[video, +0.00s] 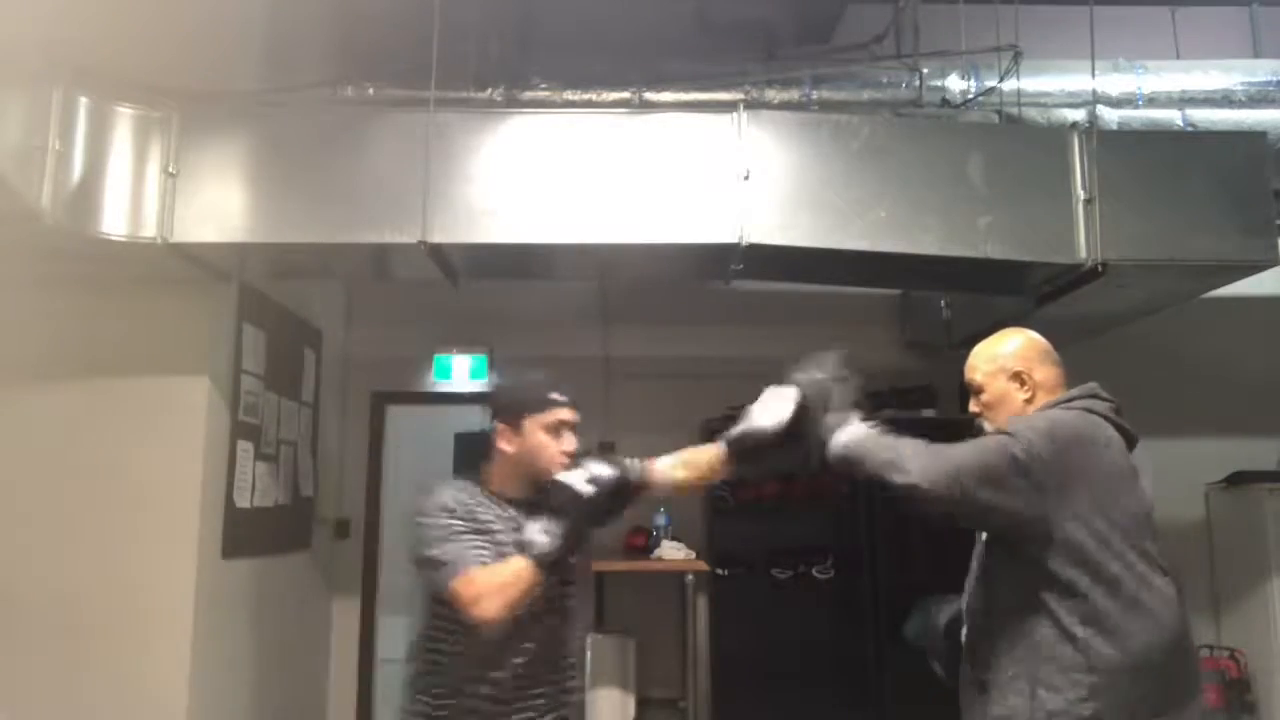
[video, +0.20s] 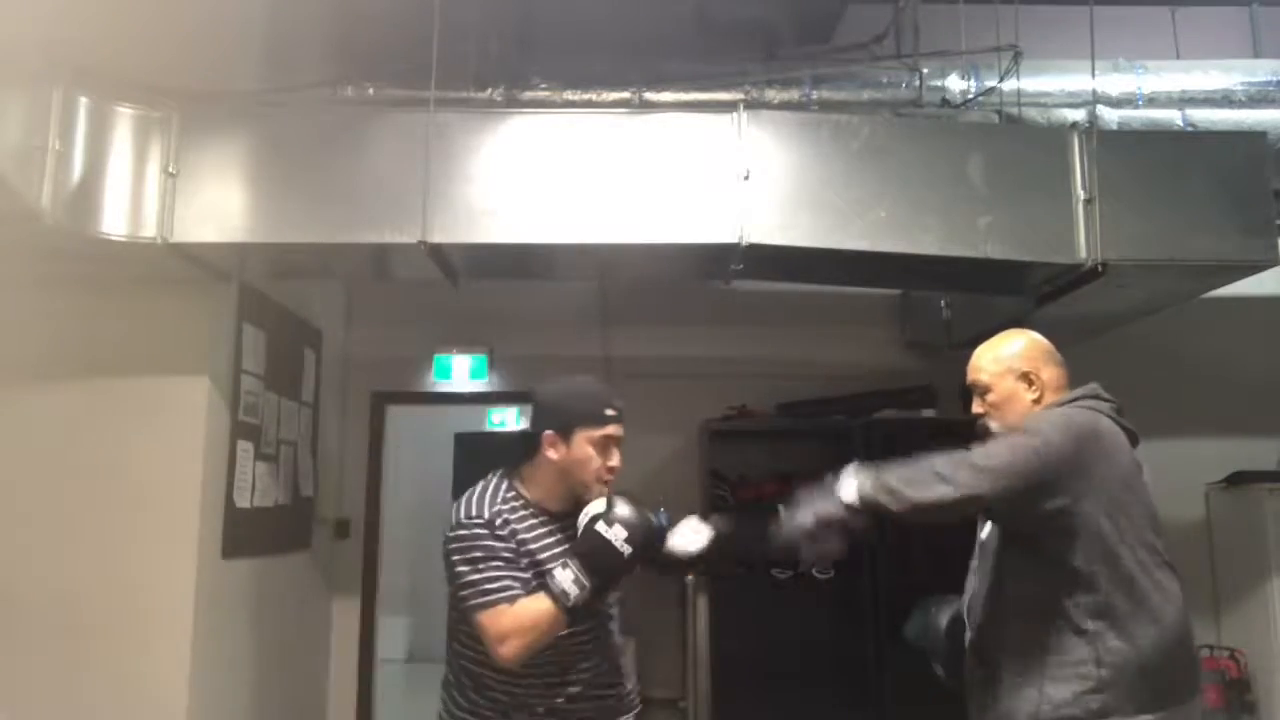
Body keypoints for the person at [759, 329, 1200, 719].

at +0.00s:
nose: (972, 411)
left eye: (978, 393)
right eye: (971, 398)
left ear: (1024, 382)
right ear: (1031, 384)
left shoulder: (1054, 440)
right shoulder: (1087, 435)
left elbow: (937, 474)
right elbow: (1058, 578)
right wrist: (968, 614)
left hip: (1082, 685)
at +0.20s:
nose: (975, 410)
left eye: (984, 392)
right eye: (972, 396)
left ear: (1035, 383)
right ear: (1033, 387)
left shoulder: (1072, 432)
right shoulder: (1052, 441)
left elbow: (966, 479)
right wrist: (961, 621)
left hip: (1104, 685)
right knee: (931, 628)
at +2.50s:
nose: (906, 417)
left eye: (915, 400)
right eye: (904, 403)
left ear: (966, 395)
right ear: (964, 397)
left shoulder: (994, 474)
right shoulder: (985, 456)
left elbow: (983, 622)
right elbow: (907, 506)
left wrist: (889, 671)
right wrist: (829, 524)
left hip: (1065, 700)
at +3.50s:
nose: (993, 410)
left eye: (1004, 395)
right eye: (992, 397)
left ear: (1053, 394)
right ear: (1050, 396)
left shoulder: (1086, 446)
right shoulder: (1063, 450)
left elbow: (969, 489)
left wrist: (877, 458)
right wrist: (918, 425)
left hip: (1098, 690)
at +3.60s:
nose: (992, 410)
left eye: (1002, 394)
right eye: (992, 396)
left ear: (1053, 391)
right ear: (1047, 393)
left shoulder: (1093, 448)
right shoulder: (1021, 460)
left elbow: (1025, 532)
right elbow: (938, 499)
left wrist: (919, 542)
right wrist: (849, 464)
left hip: (1103, 702)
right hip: (1031, 698)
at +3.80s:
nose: (989, 403)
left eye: (1001, 388)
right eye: (989, 388)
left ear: (1054, 392)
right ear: (1047, 393)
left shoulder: (1105, 479)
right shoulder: (1018, 470)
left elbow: (1108, 625)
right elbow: (943, 533)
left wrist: (1000, 690)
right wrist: (850, 549)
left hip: (1078, 704)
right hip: (1000, 690)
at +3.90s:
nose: (987, 403)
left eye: (1002, 388)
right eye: (988, 389)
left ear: (1056, 394)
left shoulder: (1101, 481)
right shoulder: (1025, 473)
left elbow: (1122, 632)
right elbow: (982, 583)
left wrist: (1028, 708)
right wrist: (896, 627)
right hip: (998, 697)